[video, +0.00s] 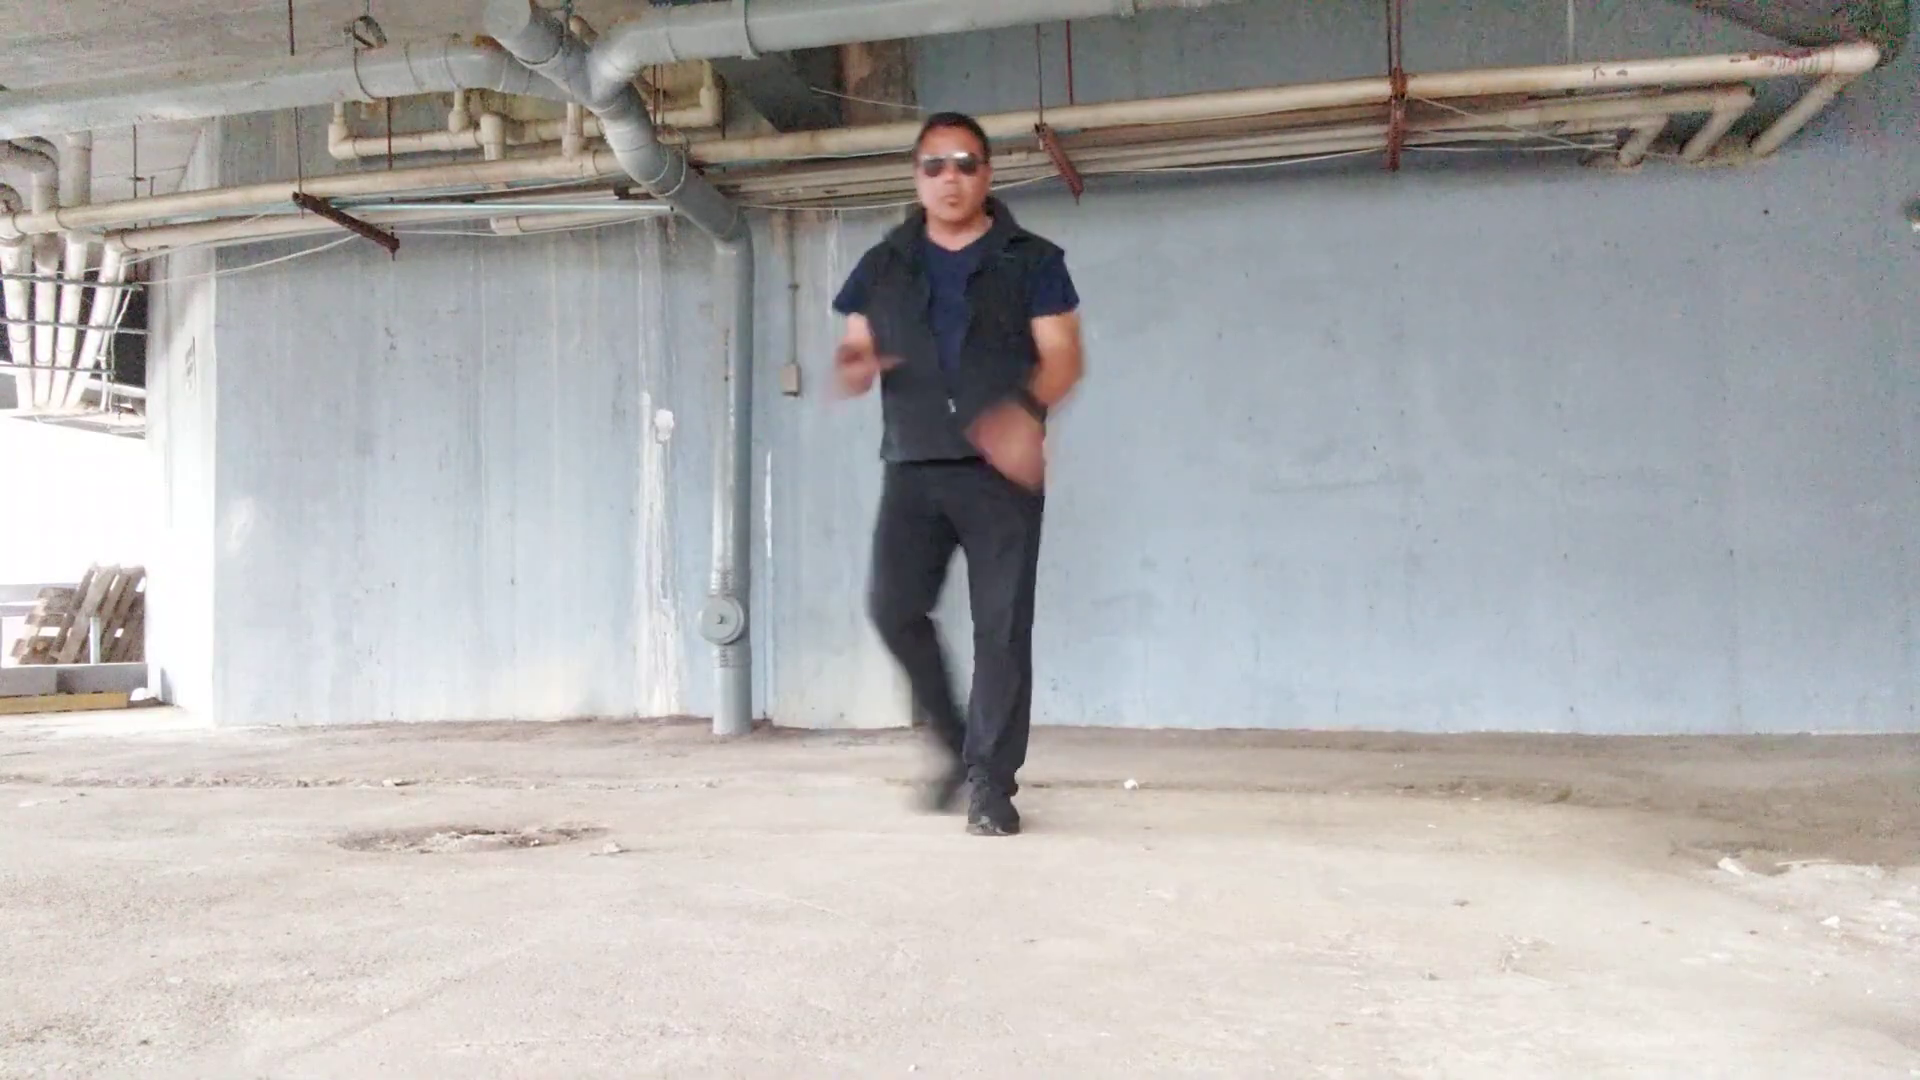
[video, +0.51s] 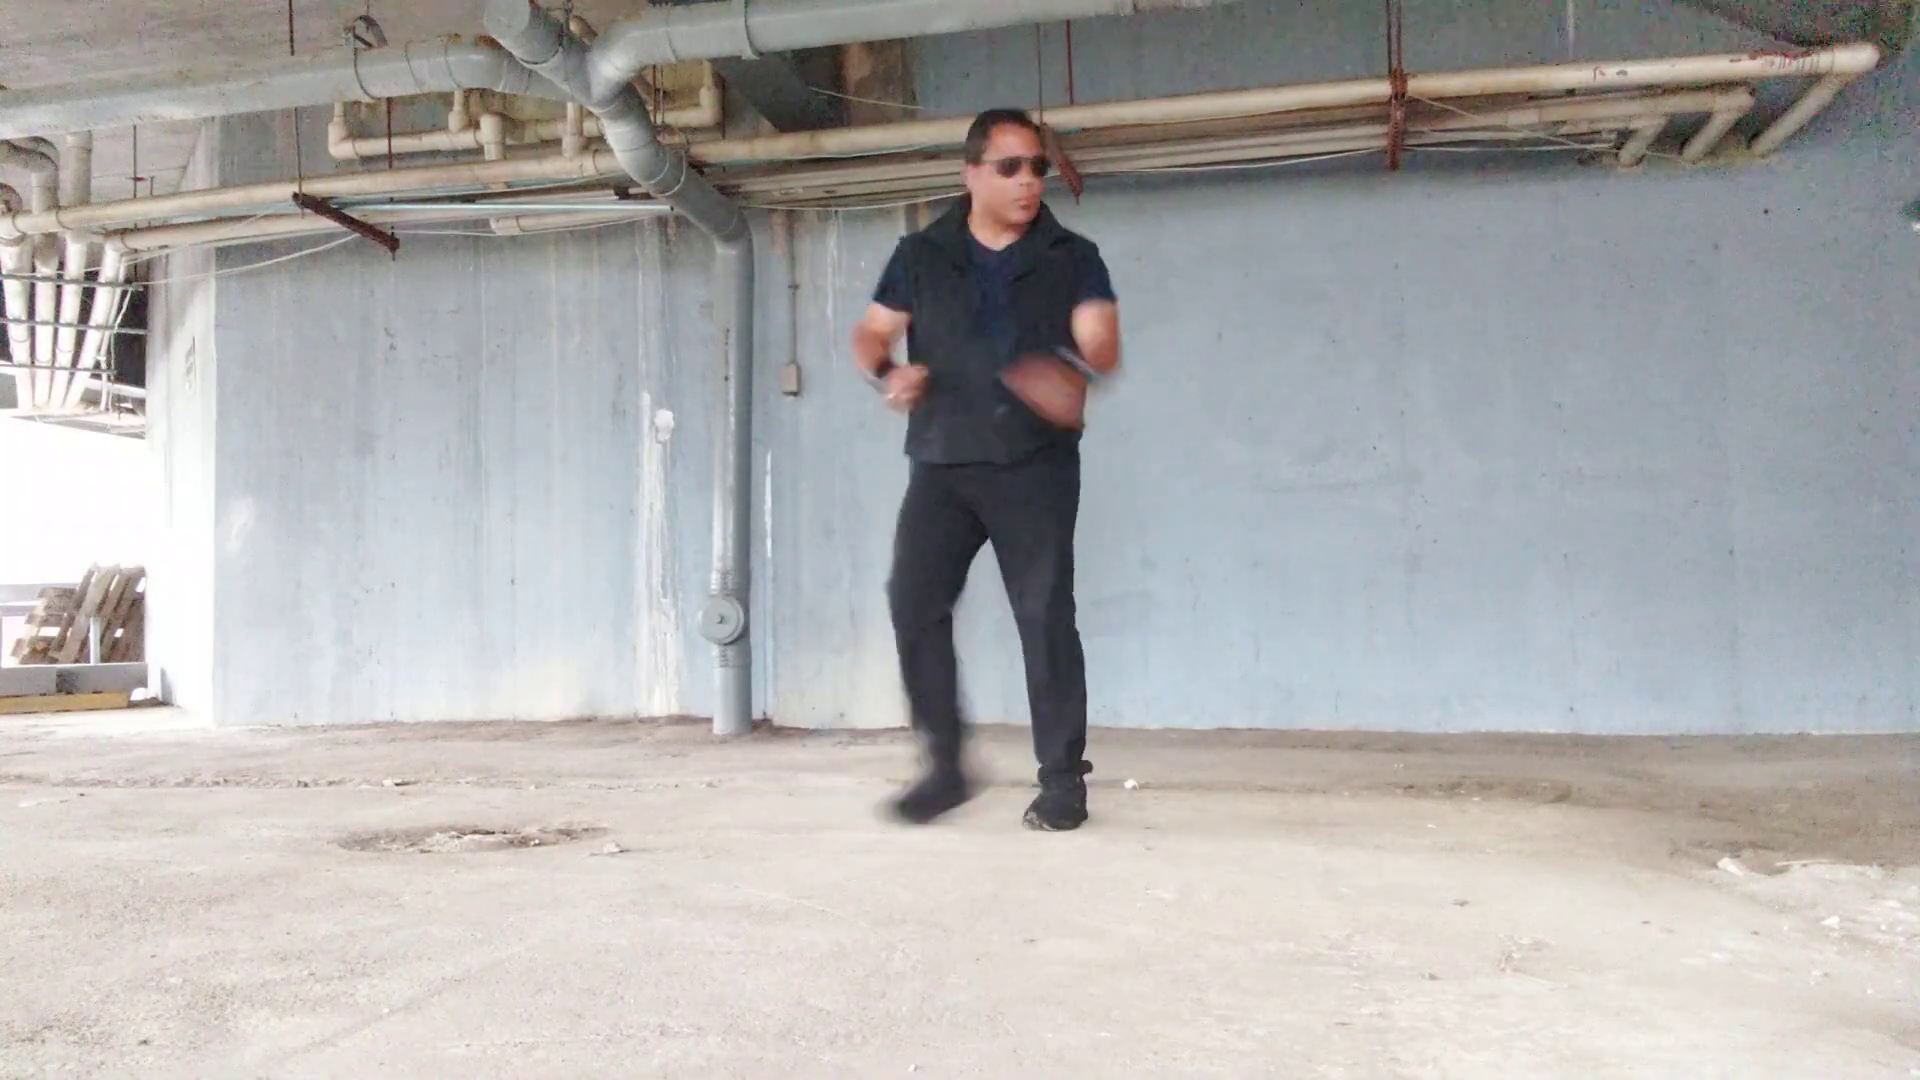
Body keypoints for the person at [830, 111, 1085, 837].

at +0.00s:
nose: (950, 177)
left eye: (965, 165)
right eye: (935, 166)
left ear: (987, 177)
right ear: (915, 180)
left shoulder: (1032, 260)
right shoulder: (885, 263)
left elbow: (1062, 359)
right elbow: (857, 362)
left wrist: (1027, 412)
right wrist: (853, 370)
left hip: (1001, 473)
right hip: (914, 472)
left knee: (1001, 629)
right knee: (894, 608)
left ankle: (992, 781)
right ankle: (961, 745)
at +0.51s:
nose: (1029, 180)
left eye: (1038, 166)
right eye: (1011, 167)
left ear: (1049, 173)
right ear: (971, 176)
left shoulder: (1071, 256)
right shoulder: (926, 249)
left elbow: (1103, 353)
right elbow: (872, 336)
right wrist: (885, 373)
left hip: (1034, 470)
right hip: (944, 470)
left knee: (1045, 617)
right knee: (914, 599)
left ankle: (1062, 780)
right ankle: (944, 769)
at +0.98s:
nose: (900, 192)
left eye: (916, 177)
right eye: (888, 178)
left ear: (952, 173)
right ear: (876, 177)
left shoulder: (1001, 240)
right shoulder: (858, 250)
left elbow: (1079, 315)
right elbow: (837, 360)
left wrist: (1076, 316)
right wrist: (922, 337)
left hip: (970, 465)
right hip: (878, 468)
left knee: (979, 615)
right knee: (876, 619)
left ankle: (929, 735)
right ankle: (904, 780)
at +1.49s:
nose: (949, 172)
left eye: (962, 157)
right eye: (931, 160)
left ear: (980, 164)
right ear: (905, 169)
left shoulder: (1027, 242)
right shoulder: (881, 244)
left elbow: (1083, 330)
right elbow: (841, 333)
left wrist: (1079, 404)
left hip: (1002, 451)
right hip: (907, 460)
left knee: (1037, 549)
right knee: (891, 618)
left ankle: (992, 608)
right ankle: (906, 784)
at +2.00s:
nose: (1075, 160)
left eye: (1089, 148)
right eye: (1057, 149)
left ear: (1108, 162)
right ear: (1033, 164)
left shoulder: (1148, 247)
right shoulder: (997, 249)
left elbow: (1192, 347)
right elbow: (941, 344)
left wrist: (1183, 434)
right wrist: (1004, 324)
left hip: (1121, 466)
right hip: (1027, 470)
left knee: (1136, 626)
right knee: (1021, 621)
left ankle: (1135, 788)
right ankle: (1086, 734)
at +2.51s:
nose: (1115, 147)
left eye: (1129, 135)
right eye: (1098, 136)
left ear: (1148, 150)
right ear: (1072, 151)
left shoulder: (1176, 227)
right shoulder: (1033, 226)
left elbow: (1198, 301)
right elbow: (963, 287)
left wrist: (1098, 252)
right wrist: (963, 359)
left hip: (1153, 457)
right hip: (1058, 455)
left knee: (1159, 625)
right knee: (1035, 618)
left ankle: (1153, 782)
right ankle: (997, 774)